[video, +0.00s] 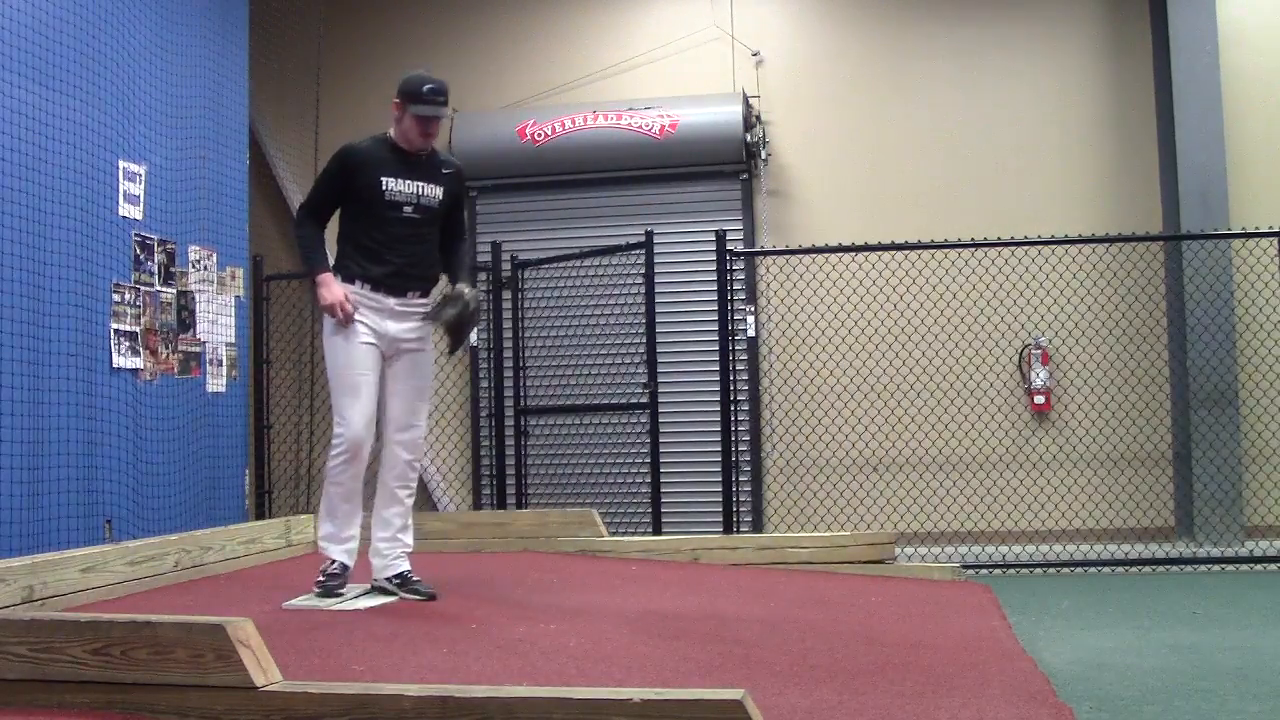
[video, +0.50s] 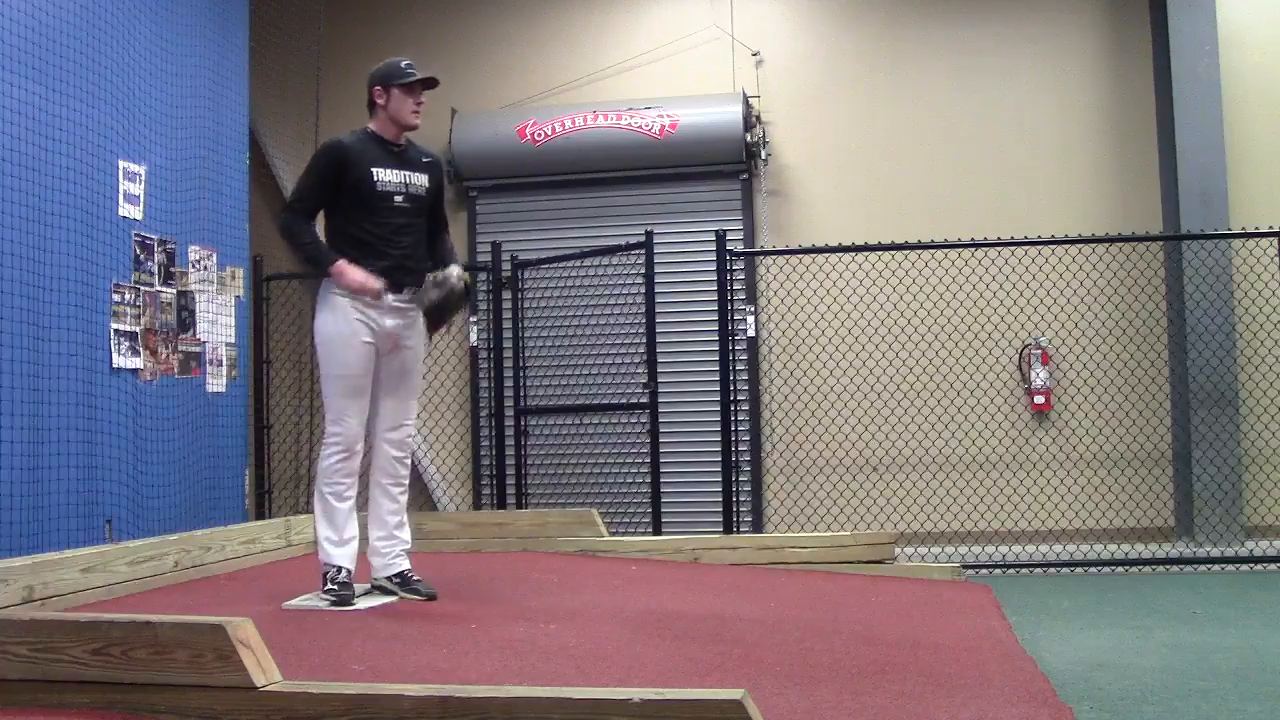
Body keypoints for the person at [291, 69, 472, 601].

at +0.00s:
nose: (430, 128)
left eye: (437, 120)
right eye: (421, 119)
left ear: (445, 118)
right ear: (397, 111)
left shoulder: (449, 176)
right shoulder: (357, 159)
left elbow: (455, 244)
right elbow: (308, 221)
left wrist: (461, 290)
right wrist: (323, 279)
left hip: (417, 319)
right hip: (357, 313)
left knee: (405, 444)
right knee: (356, 436)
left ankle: (391, 564)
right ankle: (337, 559)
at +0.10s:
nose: (441, 117)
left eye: (446, 109)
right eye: (432, 108)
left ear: (447, 112)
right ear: (404, 108)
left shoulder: (449, 176)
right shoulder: (358, 156)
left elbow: (450, 245)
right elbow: (305, 218)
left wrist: (450, 294)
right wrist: (323, 277)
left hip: (416, 316)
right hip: (355, 308)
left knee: (401, 443)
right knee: (354, 436)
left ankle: (390, 564)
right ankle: (335, 562)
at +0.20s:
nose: (442, 110)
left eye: (444, 102)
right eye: (432, 101)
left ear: (439, 109)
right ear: (401, 103)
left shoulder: (445, 173)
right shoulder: (354, 154)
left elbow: (446, 242)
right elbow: (301, 217)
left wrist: (445, 295)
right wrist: (321, 278)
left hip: (415, 314)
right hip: (354, 307)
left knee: (400, 441)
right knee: (350, 436)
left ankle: (391, 564)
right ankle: (337, 563)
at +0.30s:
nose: (434, 105)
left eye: (436, 98)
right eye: (424, 97)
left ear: (431, 105)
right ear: (394, 100)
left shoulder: (440, 170)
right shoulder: (350, 153)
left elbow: (442, 241)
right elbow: (299, 217)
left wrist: (441, 294)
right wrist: (317, 278)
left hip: (414, 312)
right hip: (353, 306)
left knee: (398, 441)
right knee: (349, 437)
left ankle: (391, 565)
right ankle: (337, 564)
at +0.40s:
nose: (428, 103)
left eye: (429, 95)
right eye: (418, 95)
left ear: (424, 103)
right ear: (387, 98)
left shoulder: (436, 167)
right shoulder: (346, 152)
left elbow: (439, 237)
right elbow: (292, 215)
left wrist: (444, 291)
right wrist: (319, 277)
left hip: (412, 311)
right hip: (352, 307)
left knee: (397, 441)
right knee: (347, 437)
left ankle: (391, 565)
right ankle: (337, 565)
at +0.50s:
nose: (421, 101)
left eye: (423, 93)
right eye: (411, 93)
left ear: (416, 102)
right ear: (380, 97)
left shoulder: (429, 166)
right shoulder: (341, 153)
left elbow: (437, 231)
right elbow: (293, 218)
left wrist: (448, 276)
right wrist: (336, 267)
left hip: (408, 311)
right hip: (349, 308)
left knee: (396, 440)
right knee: (345, 437)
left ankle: (391, 564)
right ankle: (337, 564)